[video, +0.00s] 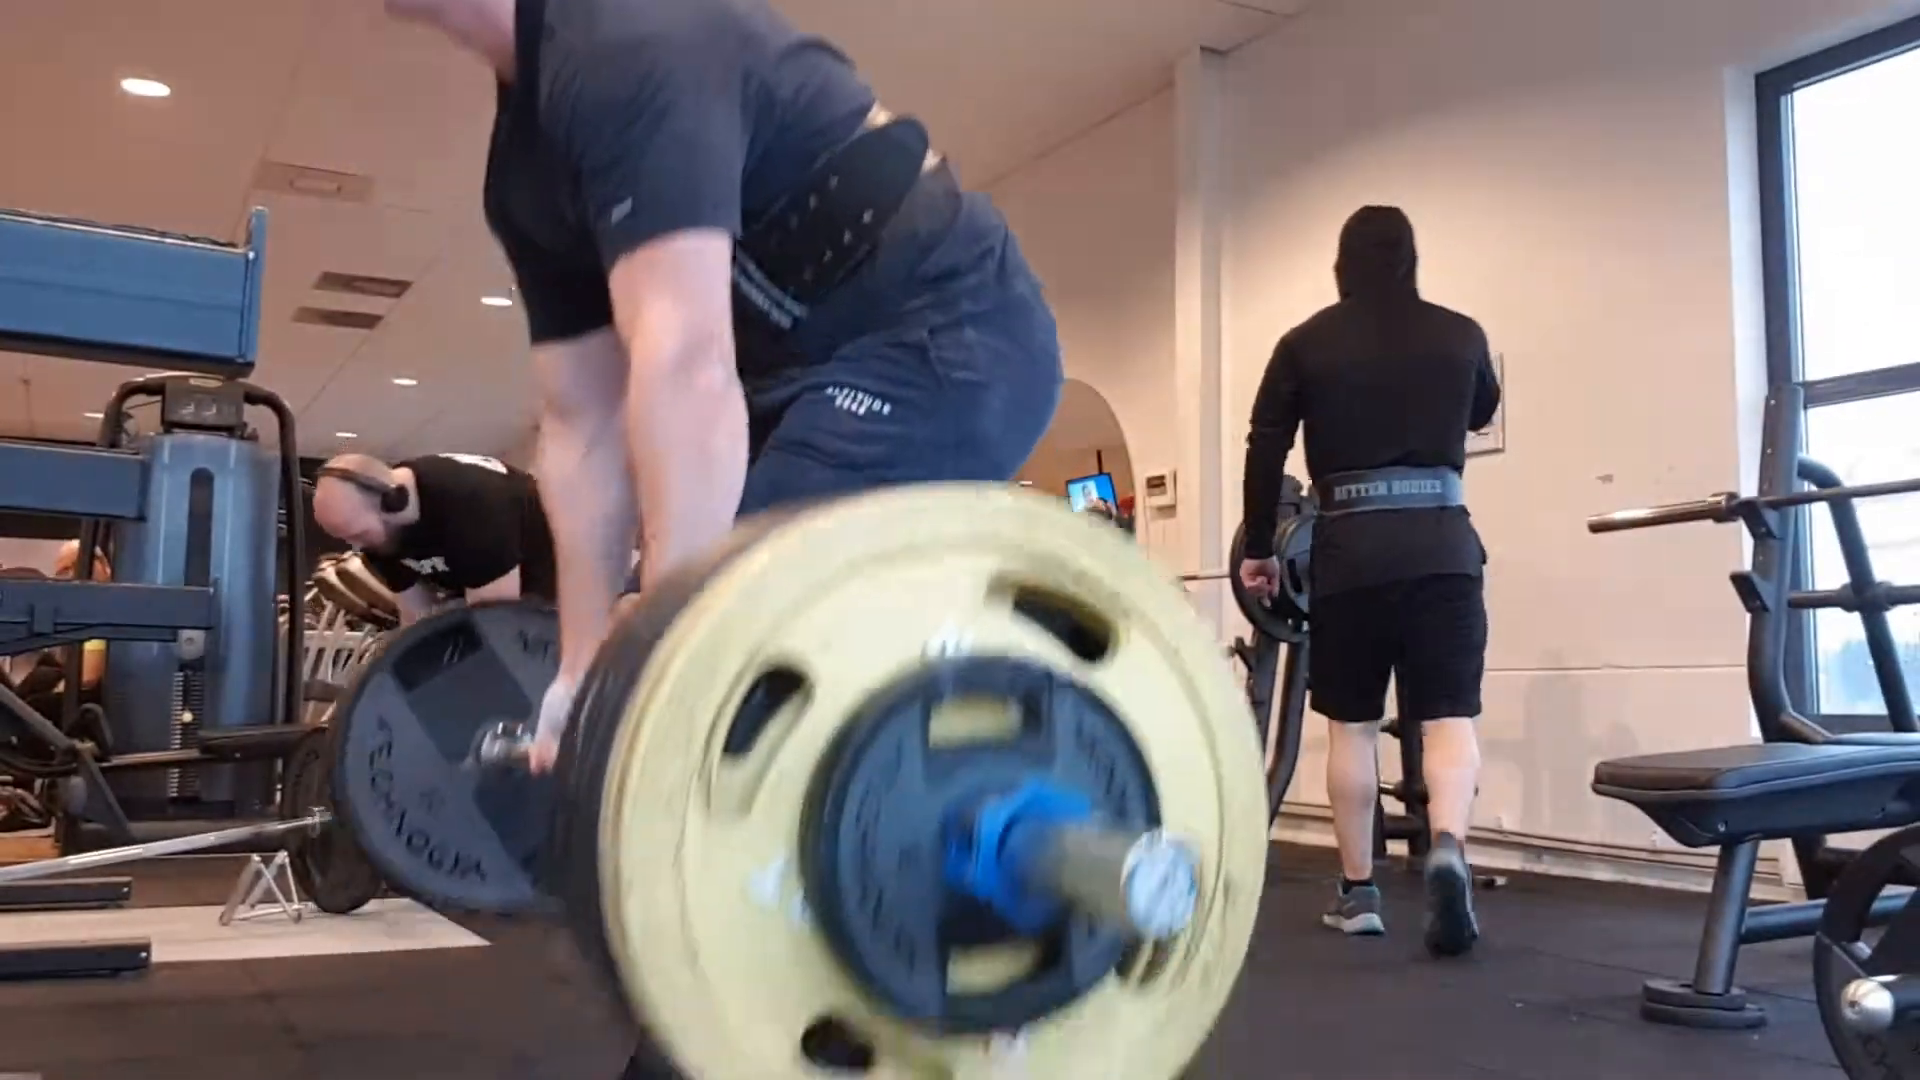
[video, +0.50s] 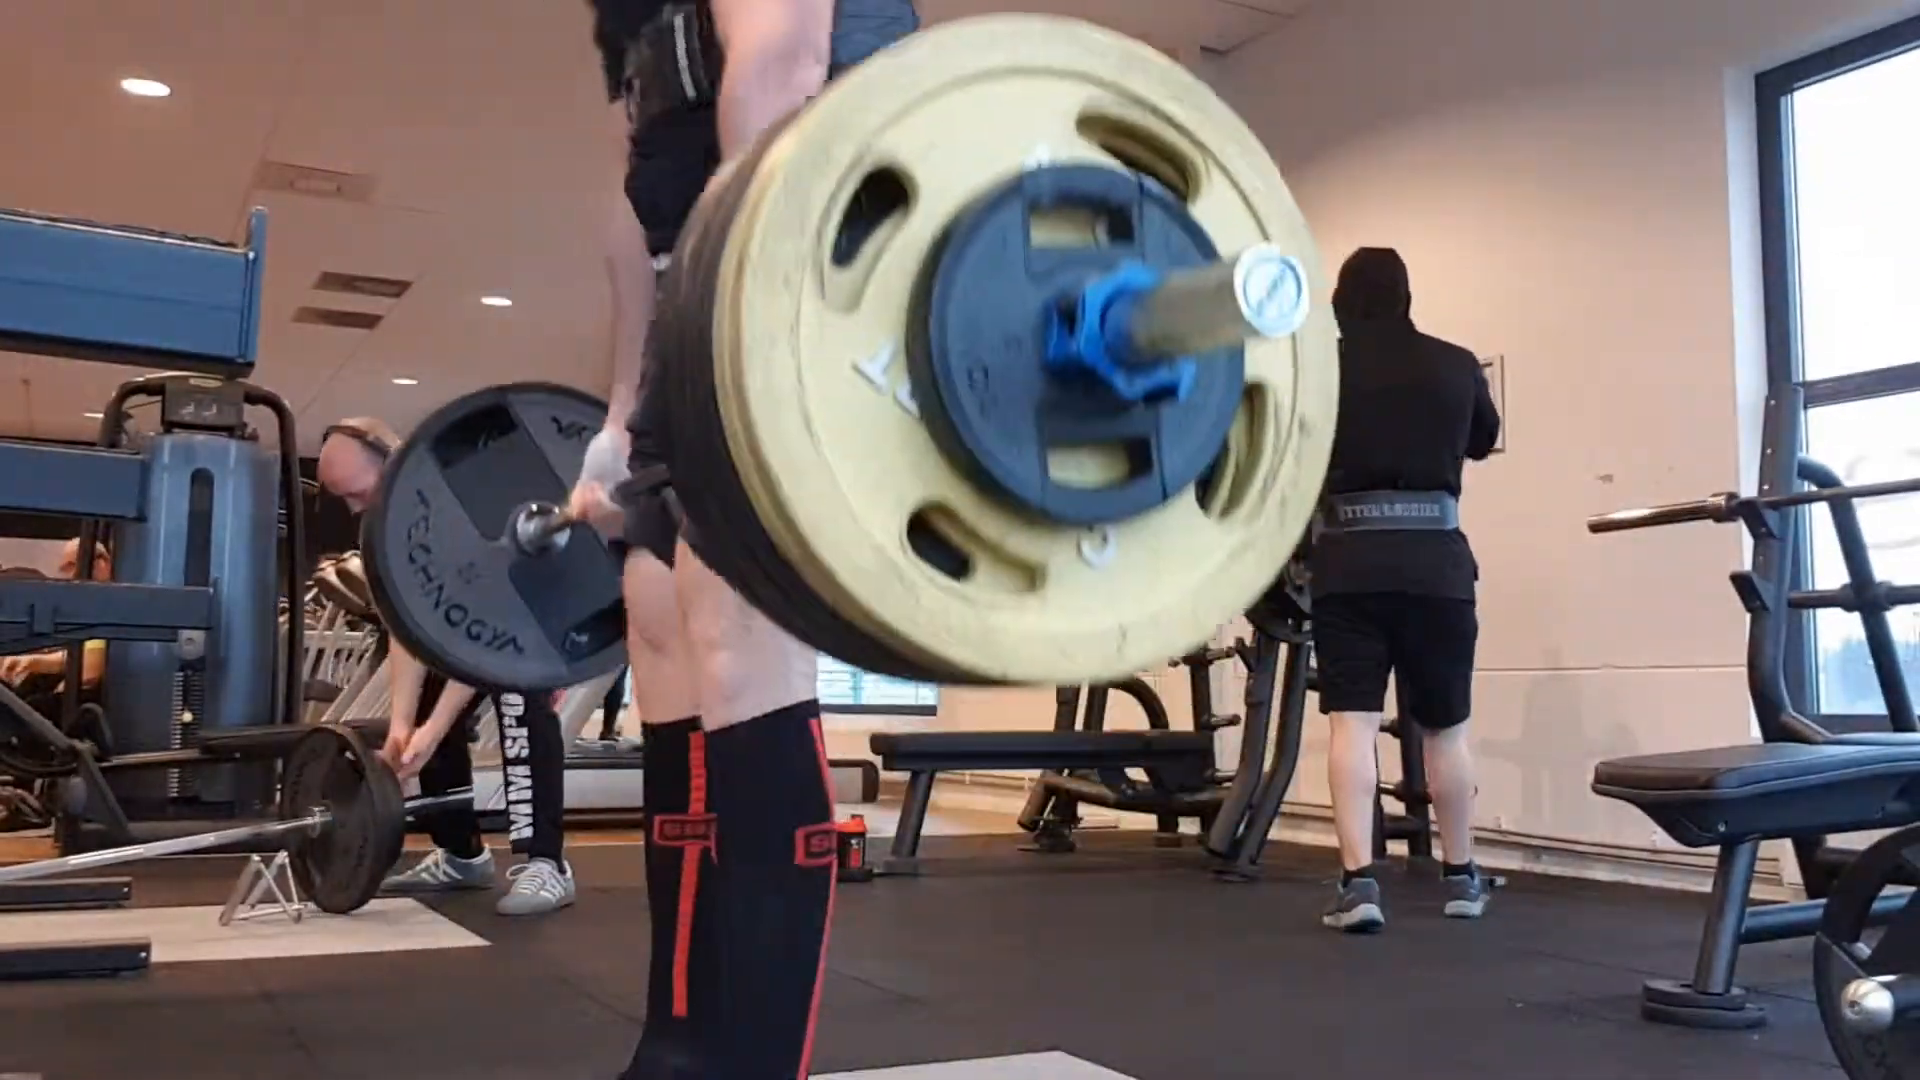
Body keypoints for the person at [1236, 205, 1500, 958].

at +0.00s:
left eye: (1343, 257)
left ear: (1339, 266)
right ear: (1413, 264)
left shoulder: (1305, 343)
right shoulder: (1460, 334)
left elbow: (1265, 448)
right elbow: (1480, 410)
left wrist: (1256, 543)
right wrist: (1418, 389)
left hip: (1349, 554)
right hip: (1442, 548)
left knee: (1351, 724)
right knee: (1448, 714)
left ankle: (1359, 894)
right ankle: (1447, 849)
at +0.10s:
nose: (1333, 276)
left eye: (1332, 265)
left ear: (1329, 274)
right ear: (1399, 270)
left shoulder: (1296, 352)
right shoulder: (1448, 336)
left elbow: (1260, 457)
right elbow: (1476, 410)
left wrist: (1263, 545)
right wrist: (1435, 368)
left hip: (1344, 564)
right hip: (1438, 559)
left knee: (1349, 724)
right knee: (1454, 707)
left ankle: (1359, 893)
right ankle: (1444, 825)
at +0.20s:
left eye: (1331, 269)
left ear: (1326, 279)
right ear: (1394, 275)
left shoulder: (1293, 356)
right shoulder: (1442, 340)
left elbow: (1259, 464)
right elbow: (1472, 415)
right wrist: (1427, 374)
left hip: (1343, 566)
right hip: (1435, 558)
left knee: (1347, 724)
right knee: (1453, 708)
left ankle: (1359, 890)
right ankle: (1453, 847)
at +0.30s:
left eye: (1327, 279)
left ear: (1324, 284)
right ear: (1393, 281)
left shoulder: (1301, 356)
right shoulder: (1442, 345)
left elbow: (1281, 434)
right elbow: (1472, 420)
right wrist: (1411, 396)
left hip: (1343, 562)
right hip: (1433, 560)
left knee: (1347, 725)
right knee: (1451, 718)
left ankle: (1358, 891)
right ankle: (1470, 875)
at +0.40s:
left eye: (1334, 282)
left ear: (1329, 290)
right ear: (1396, 288)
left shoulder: (1311, 355)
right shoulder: (1444, 352)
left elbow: (1290, 429)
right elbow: (1476, 429)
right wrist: (1415, 404)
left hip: (1344, 564)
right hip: (1433, 564)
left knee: (1347, 725)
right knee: (1449, 725)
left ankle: (1358, 889)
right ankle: (1468, 876)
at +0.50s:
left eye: (1339, 292)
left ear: (1340, 300)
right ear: (1406, 297)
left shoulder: (1320, 361)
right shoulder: (1454, 362)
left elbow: (1296, 447)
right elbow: (1483, 442)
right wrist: (1427, 408)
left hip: (1348, 567)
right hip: (1436, 568)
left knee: (1351, 725)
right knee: (1446, 730)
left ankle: (1359, 886)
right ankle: (1461, 879)